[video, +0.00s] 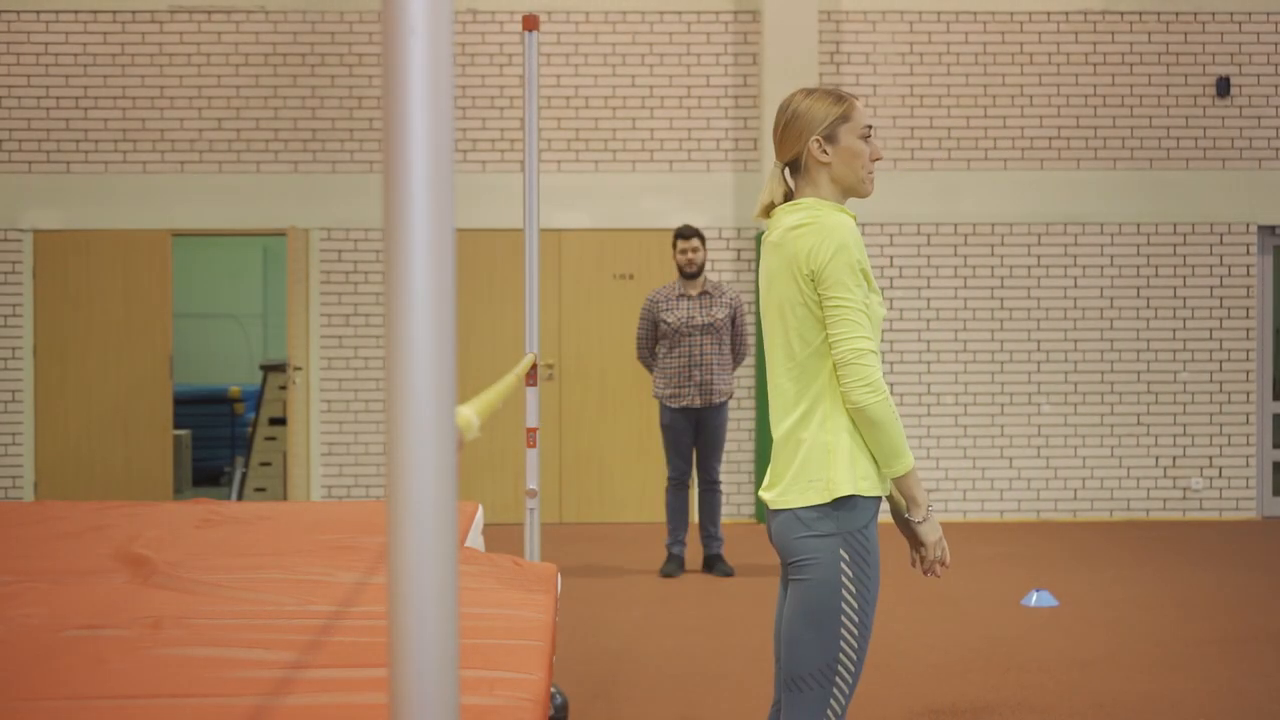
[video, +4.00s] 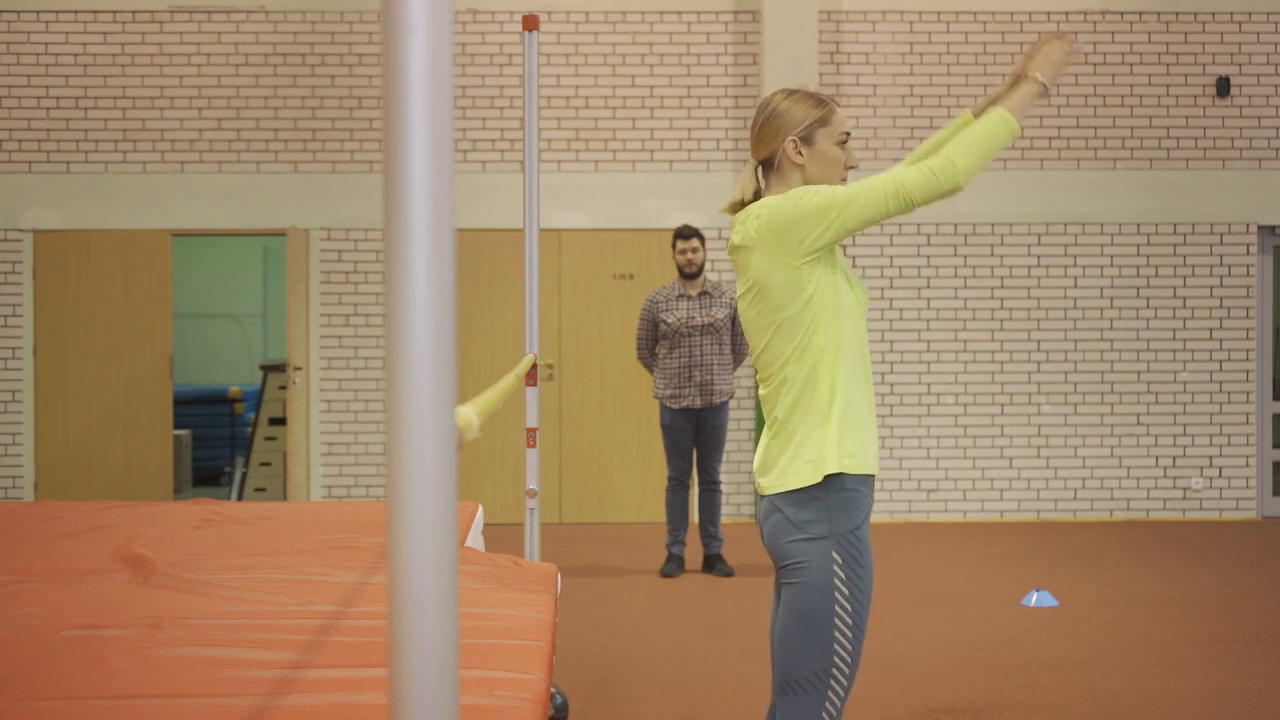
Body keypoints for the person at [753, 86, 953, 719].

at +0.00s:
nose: (876, 151)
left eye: (871, 136)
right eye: (864, 137)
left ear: (819, 154)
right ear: (821, 151)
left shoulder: (786, 230)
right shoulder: (831, 230)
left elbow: (823, 388)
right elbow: (859, 382)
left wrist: (904, 509)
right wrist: (915, 501)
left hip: (800, 499)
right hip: (833, 502)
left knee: (796, 705)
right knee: (818, 706)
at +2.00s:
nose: (870, 152)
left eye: (866, 138)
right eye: (857, 138)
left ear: (812, 152)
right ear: (813, 149)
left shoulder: (779, 229)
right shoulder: (823, 229)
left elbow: (791, 384)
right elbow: (854, 384)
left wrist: (897, 508)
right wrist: (906, 503)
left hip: (798, 502)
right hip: (828, 504)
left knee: (802, 705)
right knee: (814, 707)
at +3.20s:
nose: (863, 153)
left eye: (858, 138)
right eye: (850, 139)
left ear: (805, 154)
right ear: (804, 151)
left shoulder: (781, 228)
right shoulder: (816, 226)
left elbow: (876, 359)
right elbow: (896, 356)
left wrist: (990, 448)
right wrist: (1000, 455)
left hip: (785, 501)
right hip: (806, 505)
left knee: (788, 705)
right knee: (802, 706)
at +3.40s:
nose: (857, 154)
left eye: (854, 140)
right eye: (845, 140)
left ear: (801, 153)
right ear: (801, 150)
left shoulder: (780, 227)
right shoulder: (804, 223)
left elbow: (896, 327)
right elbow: (912, 319)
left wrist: (1034, 373)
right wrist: (1048, 377)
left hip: (793, 499)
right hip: (806, 501)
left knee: (792, 703)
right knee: (802, 705)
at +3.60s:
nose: (854, 156)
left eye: (850, 139)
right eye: (841, 140)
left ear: (798, 153)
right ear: (797, 151)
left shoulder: (778, 224)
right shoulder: (795, 223)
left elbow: (925, 277)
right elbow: (931, 276)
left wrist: (1067, 279)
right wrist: (1073, 277)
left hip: (799, 501)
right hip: (809, 502)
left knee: (794, 704)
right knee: (804, 706)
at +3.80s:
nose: (852, 156)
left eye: (848, 141)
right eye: (840, 141)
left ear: (796, 153)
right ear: (796, 151)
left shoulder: (782, 223)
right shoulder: (785, 221)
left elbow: (927, 223)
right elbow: (932, 225)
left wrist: (1047, 176)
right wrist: (1064, 176)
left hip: (806, 498)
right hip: (812, 499)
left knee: (800, 703)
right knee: (807, 705)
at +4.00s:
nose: (849, 159)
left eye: (848, 144)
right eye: (840, 144)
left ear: (790, 151)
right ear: (792, 149)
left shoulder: (782, 221)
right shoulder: (783, 222)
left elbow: (913, 176)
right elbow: (932, 180)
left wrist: (1005, 94)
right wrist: (1028, 89)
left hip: (814, 494)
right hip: (819, 497)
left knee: (802, 702)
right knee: (814, 704)